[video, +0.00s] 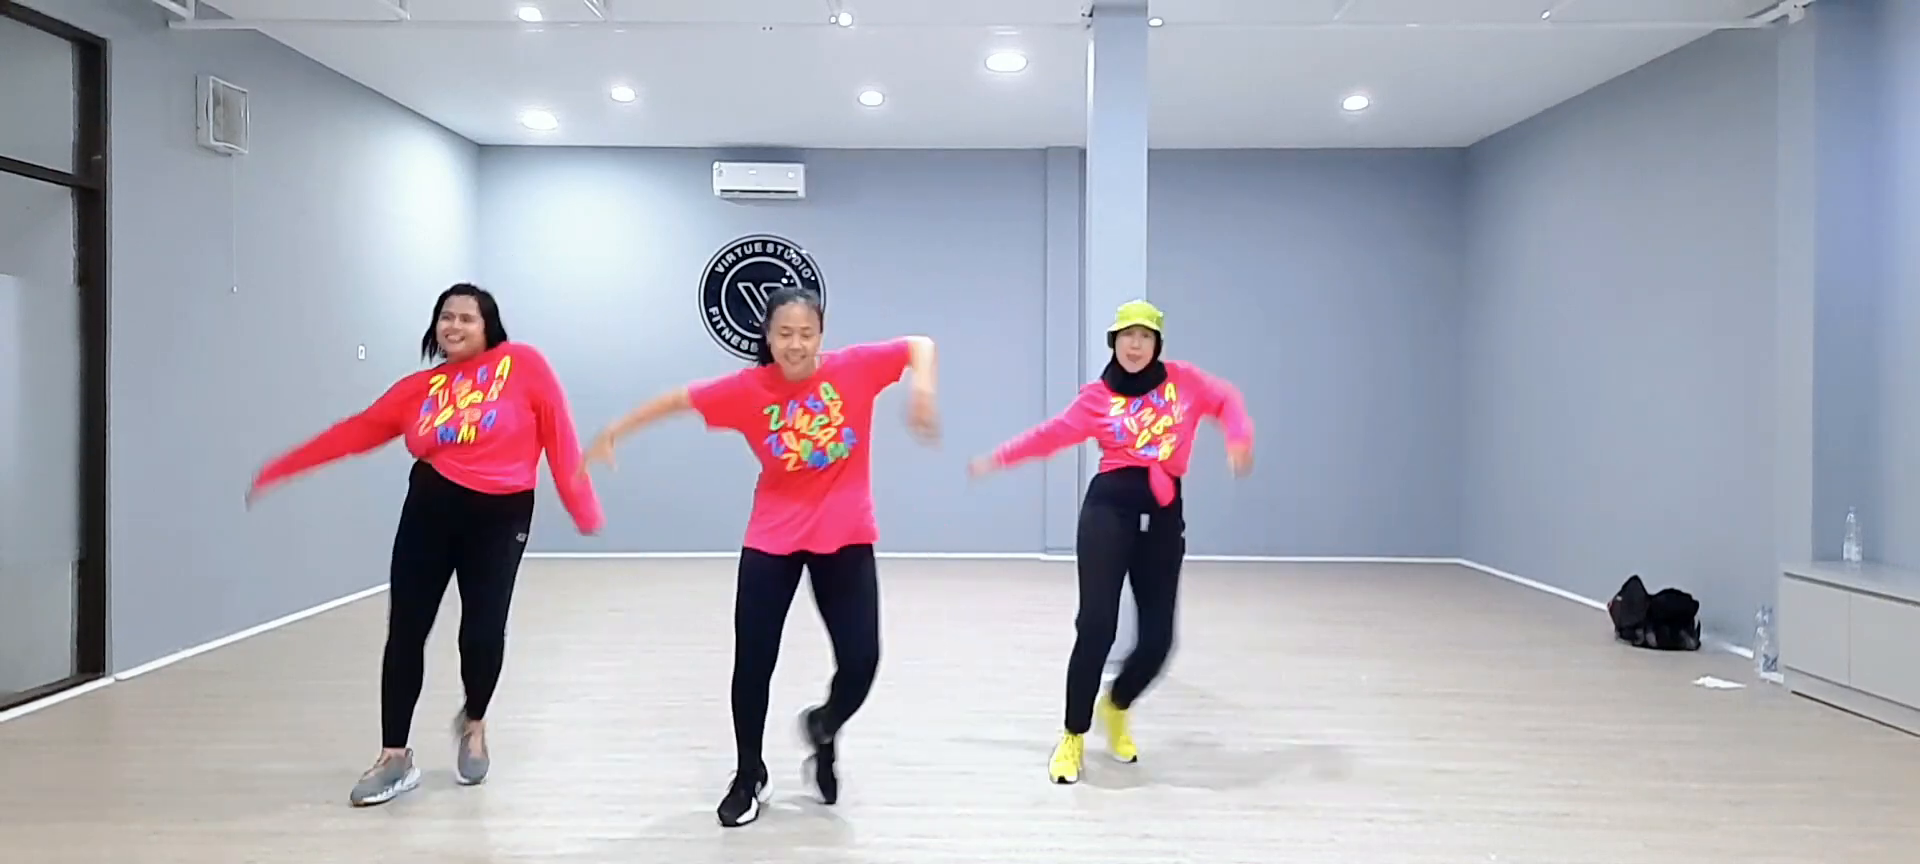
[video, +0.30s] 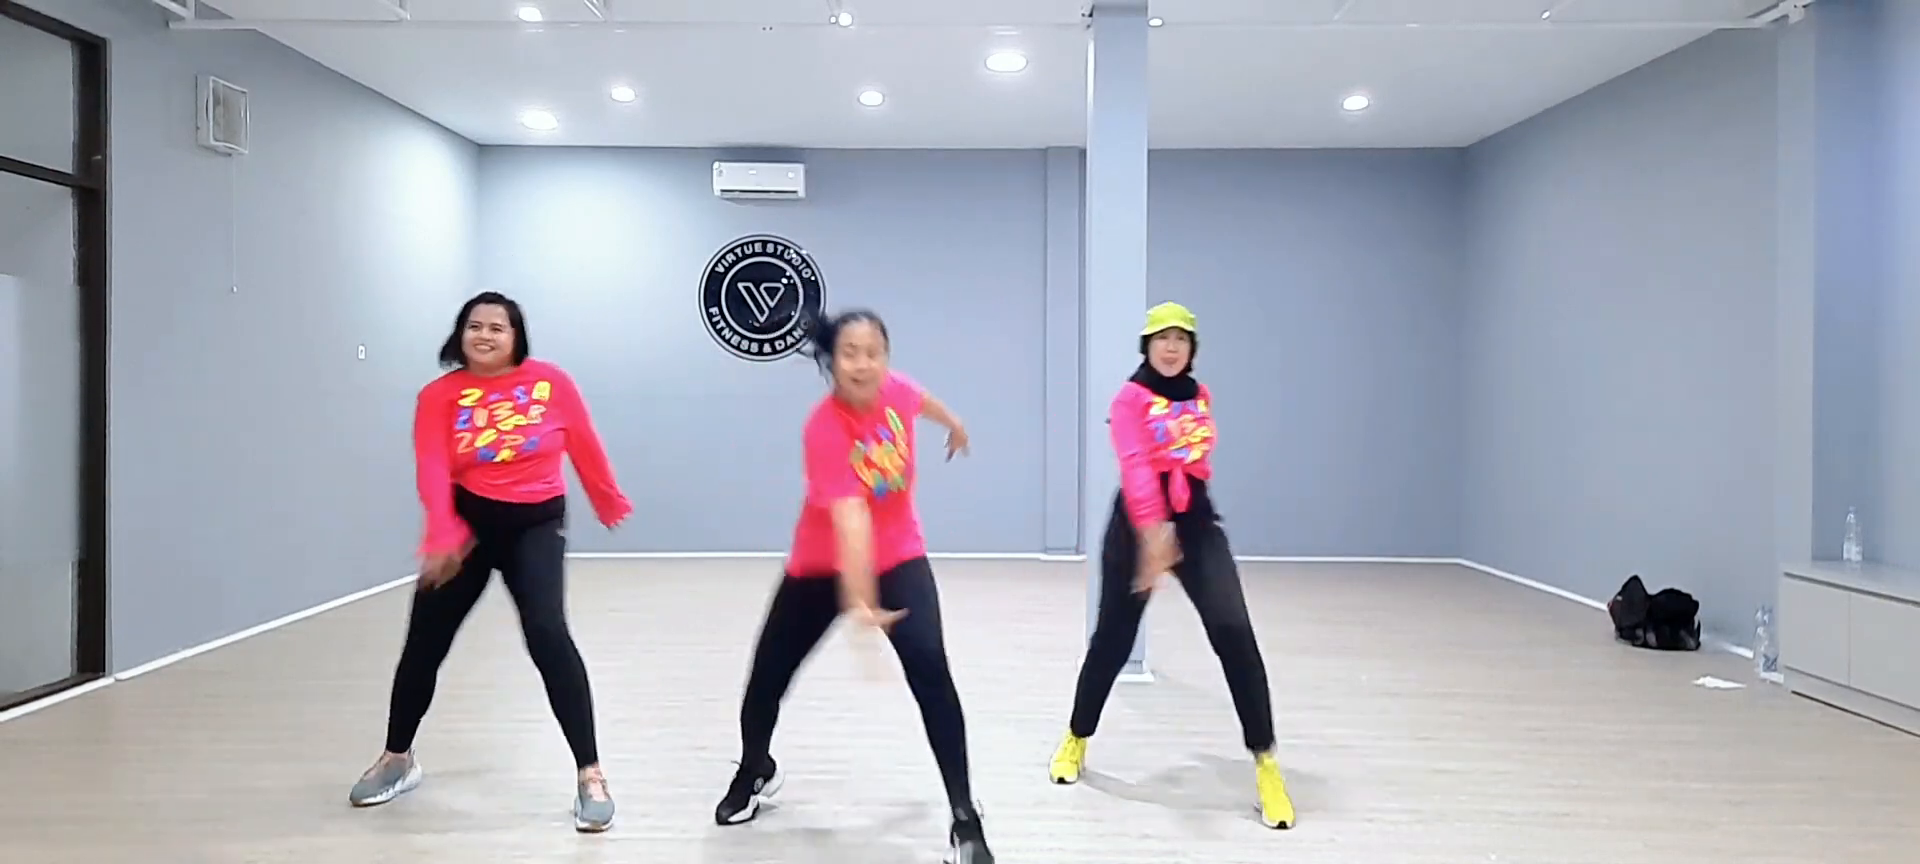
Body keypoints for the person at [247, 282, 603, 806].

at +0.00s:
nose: (453, 324)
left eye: (466, 318)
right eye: (446, 317)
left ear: (488, 328)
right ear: (435, 326)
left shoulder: (522, 363)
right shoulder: (419, 387)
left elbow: (561, 438)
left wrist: (584, 507)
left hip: (499, 513)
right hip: (429, 506)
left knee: (483, 632)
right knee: (406, 629)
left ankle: (474, 724)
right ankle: (394, 755)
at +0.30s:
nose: (485, 334)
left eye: (498, 327)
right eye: (475, 327)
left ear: (516, 338)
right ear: (460, 337)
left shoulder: (549, 381)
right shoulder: (439, 394)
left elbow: (585, 444)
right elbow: (432, 467)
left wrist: (608, 498)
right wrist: (442, 533)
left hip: (534, 527)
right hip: (466, 524)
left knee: (547, 636)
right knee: (423, 643)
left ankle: (592, 776)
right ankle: (396, 757)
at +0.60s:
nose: (542, 279)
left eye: (554, 271)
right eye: (533, 272)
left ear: (576, 281)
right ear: (521, 283)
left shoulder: (608, 331)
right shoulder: (501, 328)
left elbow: (655, 396)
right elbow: (447, 381)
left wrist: (668, 467)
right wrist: (494, 337)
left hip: (591, 476)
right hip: (522, 472)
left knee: (589, 605)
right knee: (498, 590)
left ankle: (608, 755)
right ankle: (519, 730)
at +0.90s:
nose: (572, 310)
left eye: (584, 301)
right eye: (562, 303)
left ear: (607, 312)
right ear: (552, 315)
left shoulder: (632, 379)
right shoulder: (529, 358)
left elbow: (641, 453)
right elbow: (503, 412)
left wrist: (623, 502)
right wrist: (497, 426)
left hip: (614, 510)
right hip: (548, 509)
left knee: (615, 630)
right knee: (531, 616)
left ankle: (626, 763)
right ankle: (554, 745)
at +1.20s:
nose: (550, 312)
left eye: (561, 304)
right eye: (540, 306)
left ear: (581, 313)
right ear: (529, 318)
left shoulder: (610, 351)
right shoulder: (511, 380)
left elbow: (644, 414)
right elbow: (490, 456)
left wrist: (591, 388)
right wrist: (470, 517)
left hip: (595, 504)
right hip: (528, 503)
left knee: (583, 616)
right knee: (533, 624)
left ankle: (582, 756)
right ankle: (541, 742)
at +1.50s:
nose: (564, 302)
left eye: (574, 292)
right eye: (555, 294)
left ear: (593, 296)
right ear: (542, 300)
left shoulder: (625, 342)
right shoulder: (522, 347)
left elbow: (660, 407)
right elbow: (492, 415)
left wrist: (644, 462)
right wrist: (513, 378)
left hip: (610, 479)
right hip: (548, 477)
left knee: (603, 590)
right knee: (541, 594)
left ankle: (610, 699)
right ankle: (536, 716)